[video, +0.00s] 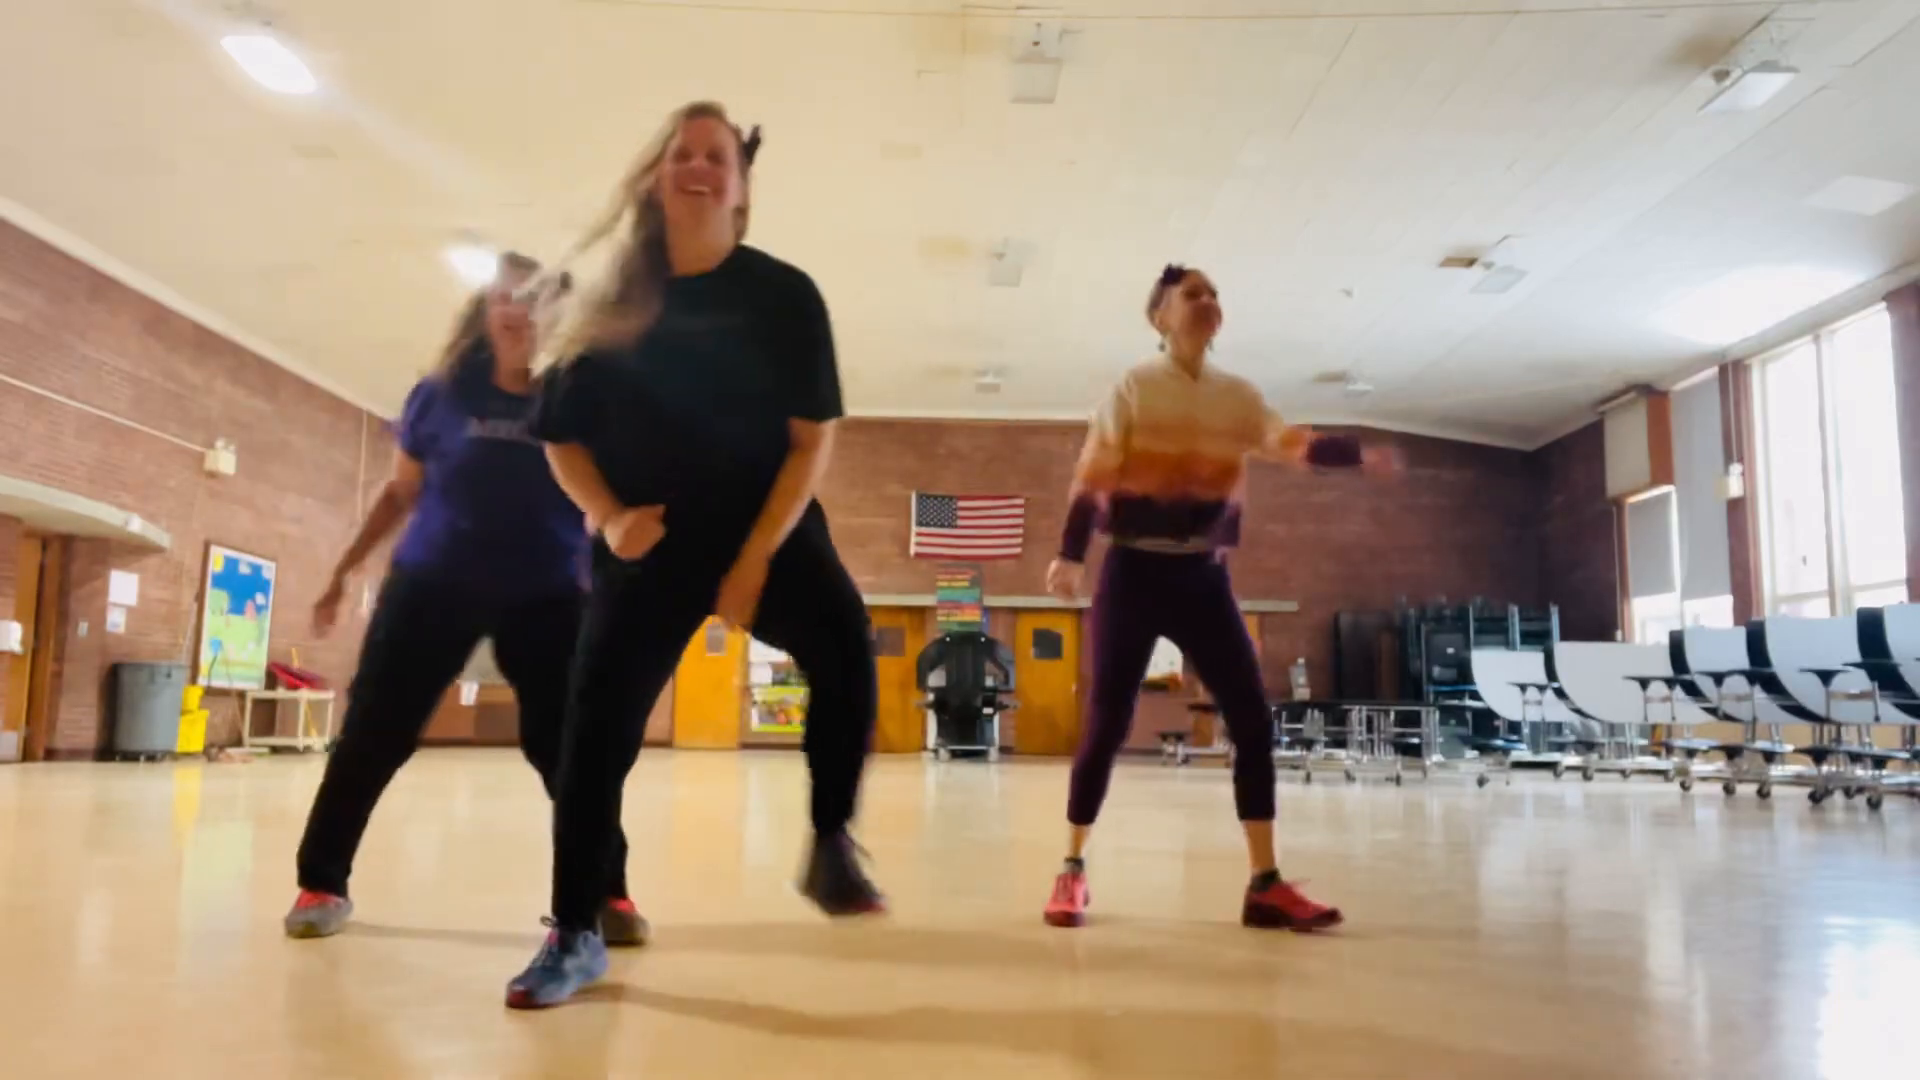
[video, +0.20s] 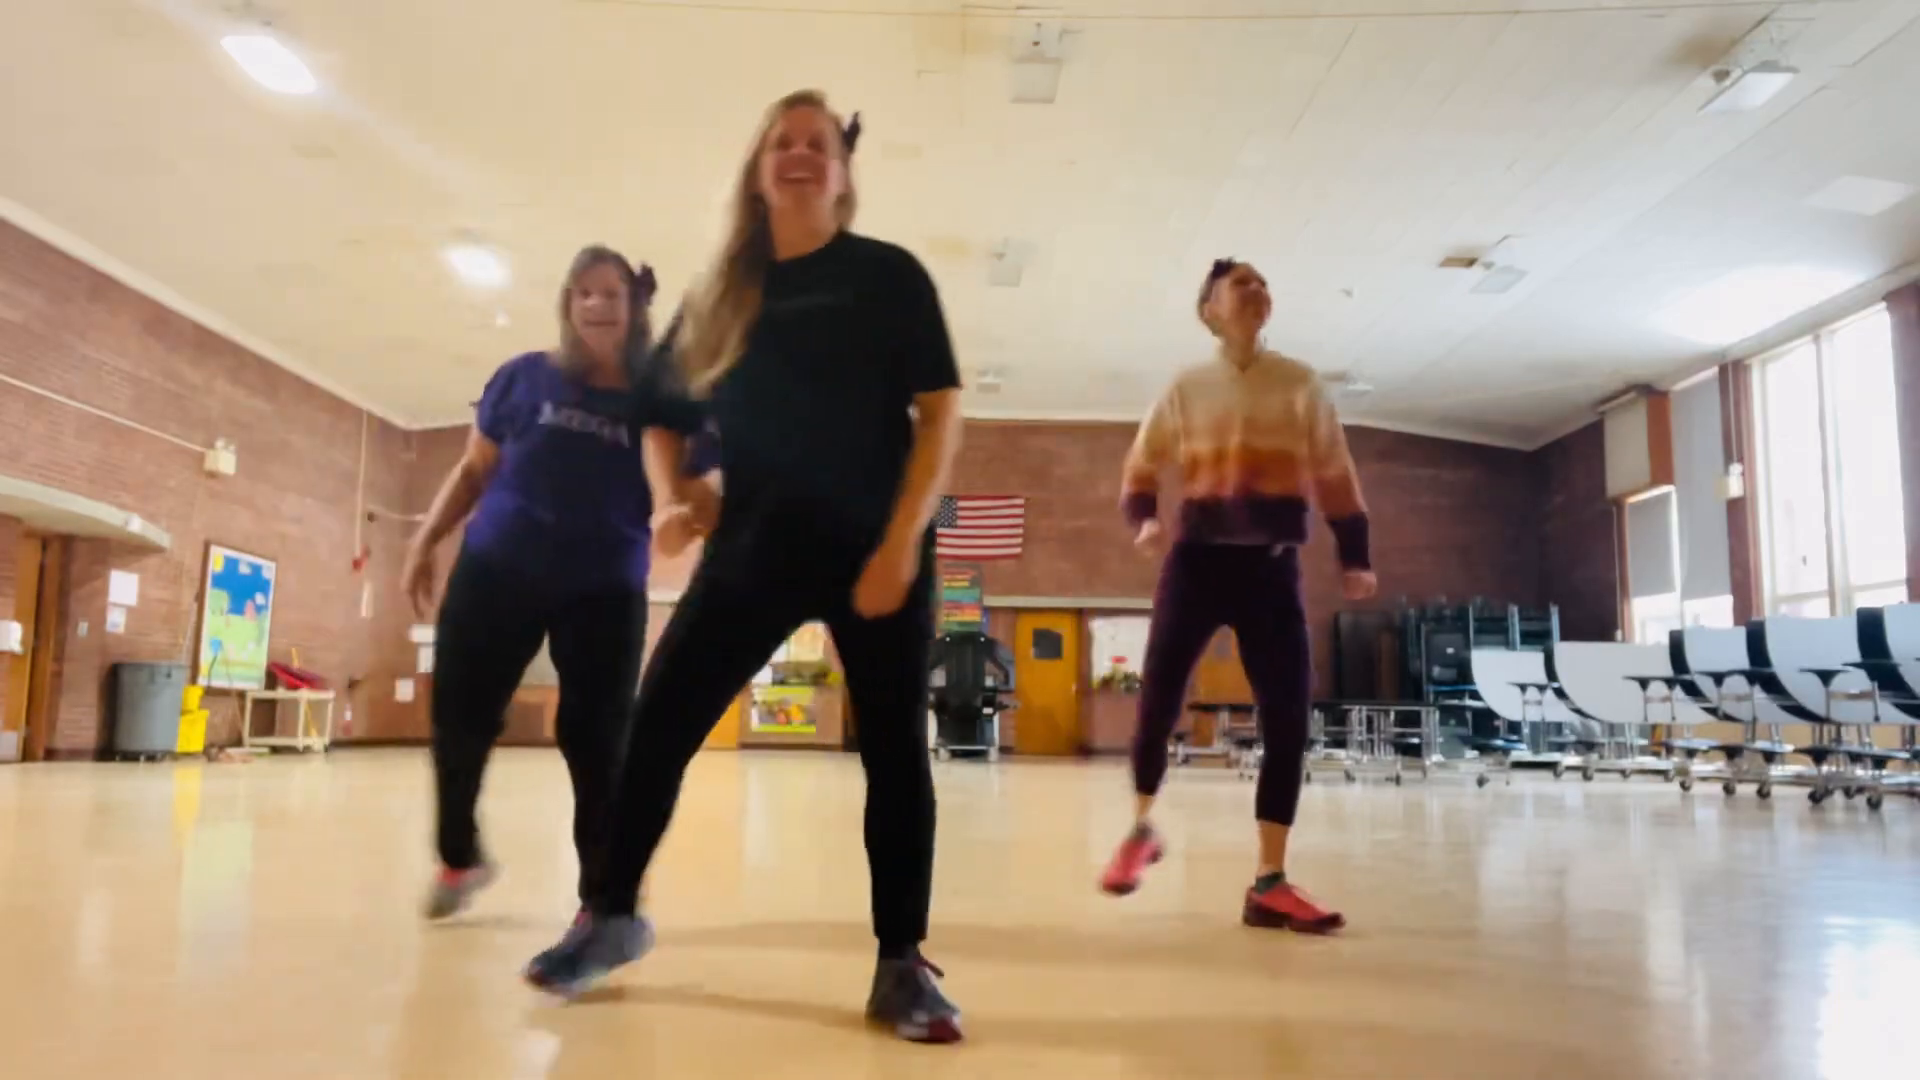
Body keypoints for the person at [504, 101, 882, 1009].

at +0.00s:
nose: (696, 165)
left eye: (715, 155)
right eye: (682, 154)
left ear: (743, 184)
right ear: (654, 181)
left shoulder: (786, 295)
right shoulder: (610, 299)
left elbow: (811, 445)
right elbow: (559, 425)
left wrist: (756, 559)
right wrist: (608, 516)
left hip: (766, 528)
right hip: (650, 535)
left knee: (845, 655)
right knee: (596, 732)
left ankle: (831, 847)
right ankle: (574, 933)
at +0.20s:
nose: (798, 153)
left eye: (817, 142)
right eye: (782, 142)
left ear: (847, 169)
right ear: (756, 169)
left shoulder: (891, 275)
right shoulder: (727, 291)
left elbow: (940, 412)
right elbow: (661, 399)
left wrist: (901, 541)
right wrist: (671, 495)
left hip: (875, 543)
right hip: (759, 540)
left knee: (897, 755)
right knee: (663, 721)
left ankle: (902, 963)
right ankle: (611, 915)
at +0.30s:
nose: (849, 150)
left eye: (867, 140)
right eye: (834, 139)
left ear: (895, 169)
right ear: (806, 167)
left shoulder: (941, 277)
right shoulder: (772, 288)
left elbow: (991, 414)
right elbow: (721, 415)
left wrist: (995, 542)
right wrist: (729, 502)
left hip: (919, 549)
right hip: (806, 546)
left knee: (915, 757)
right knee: (702, 708)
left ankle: (903, 962)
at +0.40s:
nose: (886, 150)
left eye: (905, 140)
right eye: (872, 138)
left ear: (935, 165)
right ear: (848, 160)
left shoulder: (983, 277)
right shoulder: (810, 283)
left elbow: (1035, 413)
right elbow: (766, 417)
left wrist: (1056, 537)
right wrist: (783, 493)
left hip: (956, 549)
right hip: (844, 547)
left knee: (928, 754)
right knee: (792, 731)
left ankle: (904, 963)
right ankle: (919, 818)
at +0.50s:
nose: (920, 154)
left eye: (937, 143)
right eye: (905, 142)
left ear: (967, 166)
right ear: (880, 164)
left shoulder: (1015, 278)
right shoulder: (840, 285)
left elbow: (1065, 411)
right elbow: (802, 419)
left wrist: (1087, 528)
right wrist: (822, 488)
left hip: (986, 548)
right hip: (875, 551)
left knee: (953, 748)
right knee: (910, 752)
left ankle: (917, 959)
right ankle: (1007, 908)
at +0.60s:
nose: (945, 173)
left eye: (960, 161)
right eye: (930, 162)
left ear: (988, 179)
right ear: (905, 181)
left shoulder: (1037, 290)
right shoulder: (869, 301)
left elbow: (1081, 421)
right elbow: (823, 428)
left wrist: (1112, 534)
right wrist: (845, 502)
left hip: (1026, 548)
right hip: (916, 556)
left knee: (1024, 734)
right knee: (967, 744)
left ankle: (990, 929)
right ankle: (1032, 926)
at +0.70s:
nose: (962, 173)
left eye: (976, 160)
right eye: (947, 163)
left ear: (1006, 181)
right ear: (924, 188)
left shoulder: (1058, 290)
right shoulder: (892, 305)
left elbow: (1102, 416)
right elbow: (851, 431)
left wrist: (1128, 526)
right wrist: (862, 512)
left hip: (1051, 545)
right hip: (940, 559)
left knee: (1099, 699)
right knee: (990, 744)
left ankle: (1090, 870)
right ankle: (1036, 929)